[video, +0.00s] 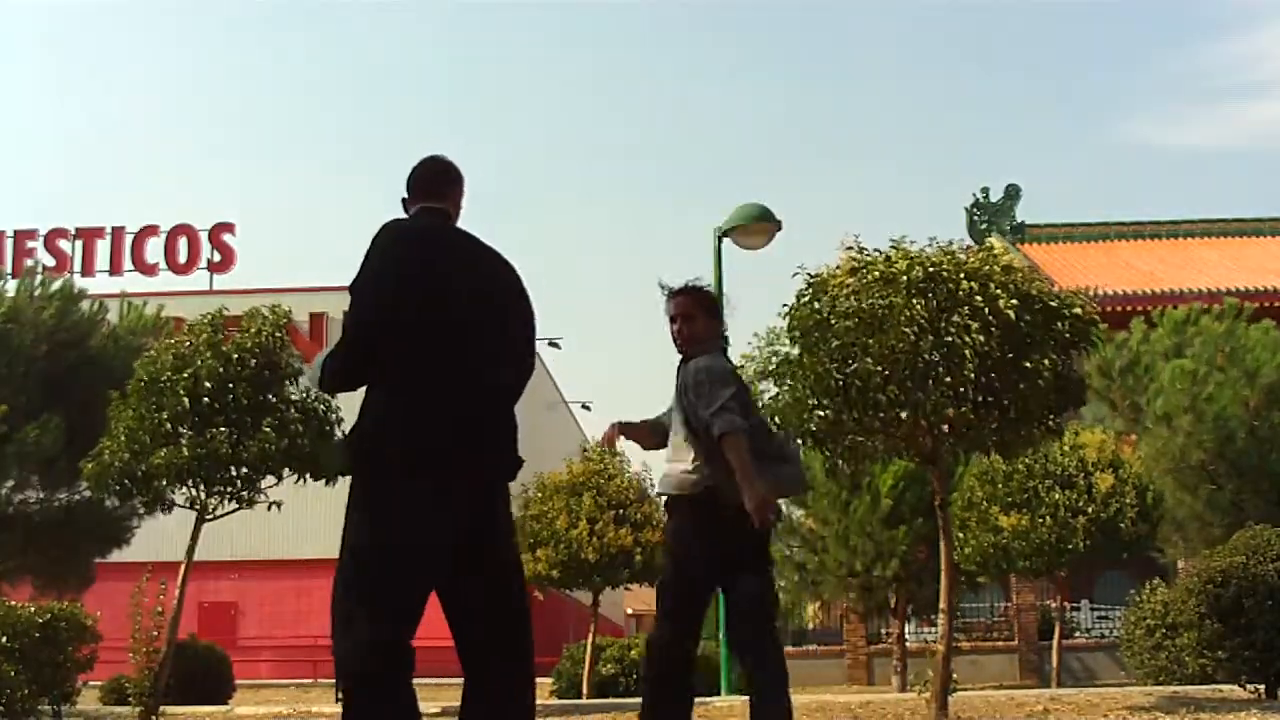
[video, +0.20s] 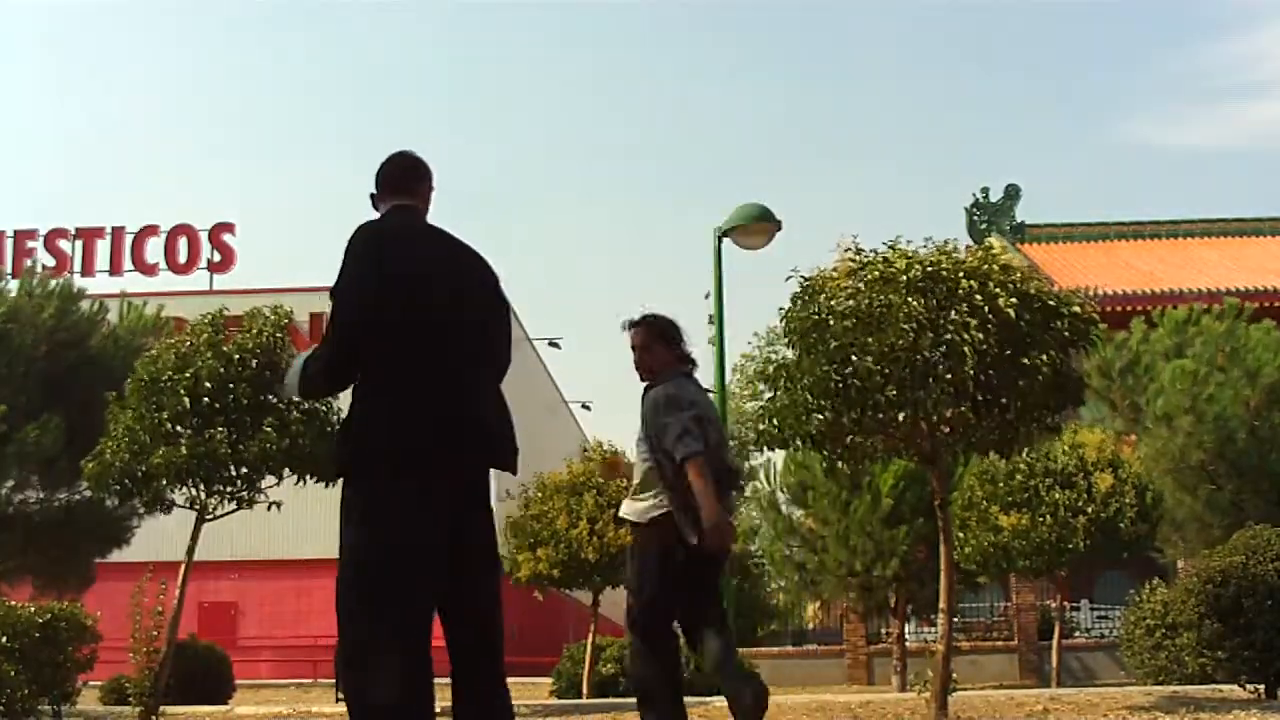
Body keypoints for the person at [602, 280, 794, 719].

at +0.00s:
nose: (677, 329)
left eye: (686, 319)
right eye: (672, 322)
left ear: (716, 324)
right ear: (670, 328)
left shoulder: (705, 368)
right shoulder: (699, 372)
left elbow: (730, 429)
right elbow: (663, 432)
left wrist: (751, 486)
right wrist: (626, 428)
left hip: (701, 512)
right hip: (737, 512)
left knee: (673, 634)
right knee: (756, 634)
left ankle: (661, 713)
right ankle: (773, 713)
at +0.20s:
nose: (635, 361)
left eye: (641, 350)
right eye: (633, 352)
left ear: (670, 350)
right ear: (672, 353)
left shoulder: (666, 394)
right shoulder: (692, 393)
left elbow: (691, 456)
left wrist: (712, 513)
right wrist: (632, 471)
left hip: (659, 528)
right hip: (691, 526)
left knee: (648, 628)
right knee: (702, 619)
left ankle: (661, 712)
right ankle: (744, 691)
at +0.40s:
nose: (605, 368)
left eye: (610, 358)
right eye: (602, 360)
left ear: (636, 356)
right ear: (646, 358)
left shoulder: (633, 397)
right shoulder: (669, 398)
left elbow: (622, 462)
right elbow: (693, 468)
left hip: (644, 529)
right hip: (675, 528)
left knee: (632, 624)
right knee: (646, 622)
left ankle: (655, 709)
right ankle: (666, 707)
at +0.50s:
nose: (590, 380)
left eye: (596, 371)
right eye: (587, 372)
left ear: (620, 369)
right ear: (631, 372)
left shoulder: (617, 409)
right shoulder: (657, 410)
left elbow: (599, 468)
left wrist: (541, 500)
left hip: (629, 535)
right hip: (657, 534)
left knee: (632, 629)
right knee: (638, 627)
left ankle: (654, 710)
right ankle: (638, 706)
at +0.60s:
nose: (573, 394)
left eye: (578, 385)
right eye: (572, 386)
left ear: (602, 383)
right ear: (614, 385)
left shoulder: (605, 423)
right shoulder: (642, 427)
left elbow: (597, 479)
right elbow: (679, 498)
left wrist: (539, 495)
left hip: (616, 547)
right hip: (640, 548)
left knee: (609, 640)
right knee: (620, 638)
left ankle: (653, 708)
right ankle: (633, 708)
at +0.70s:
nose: (557, 396)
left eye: (562, 387)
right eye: (555, 388)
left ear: (585, 384)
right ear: (582, 387)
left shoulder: (600, 420)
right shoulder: (593, 423)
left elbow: (603, 482)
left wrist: (550, 513)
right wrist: (577, 525)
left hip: (611, 548)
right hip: (606, 547)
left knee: (585, 635)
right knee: (605, 635)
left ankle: (638, 706)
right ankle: (632, 707)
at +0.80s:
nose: (544, 389)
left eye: (549, 379)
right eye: (541, 382)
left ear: (572, 377)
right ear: (556, 383)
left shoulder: (593, 419)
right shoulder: (572, 422)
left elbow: (604, 481)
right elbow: (584, 484)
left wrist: (586, 532)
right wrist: (555, 510)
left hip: (604, 543)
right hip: (593, 542)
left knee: (560, 629)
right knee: (605, 635)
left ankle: (584, 709)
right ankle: (630, 710)